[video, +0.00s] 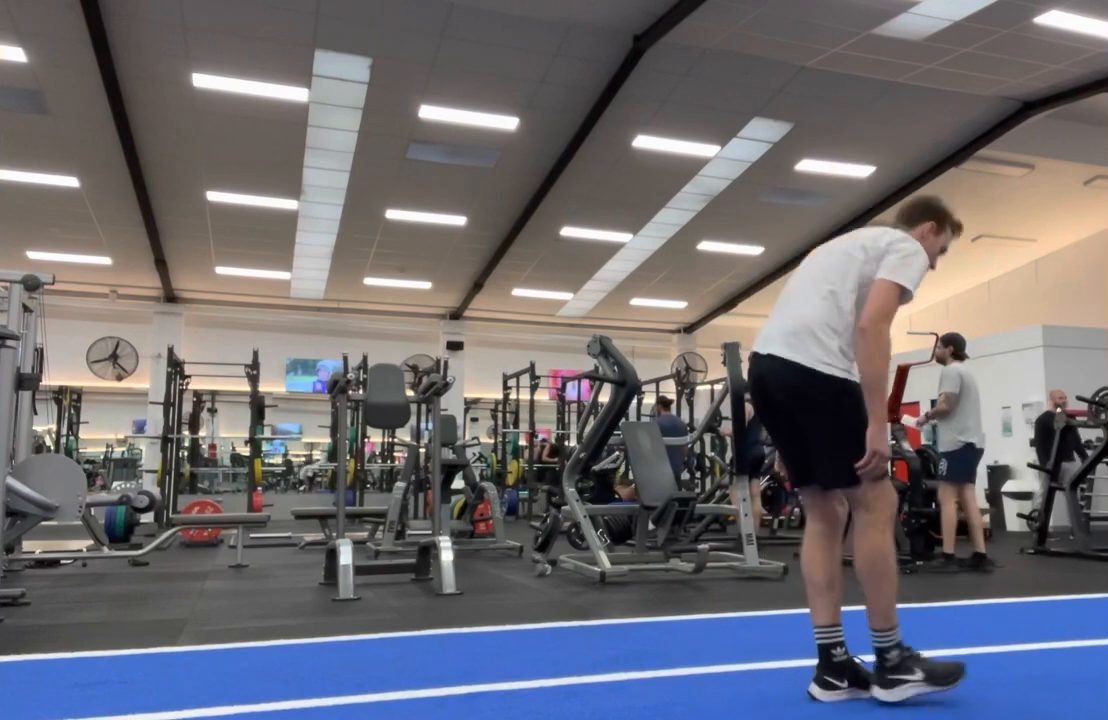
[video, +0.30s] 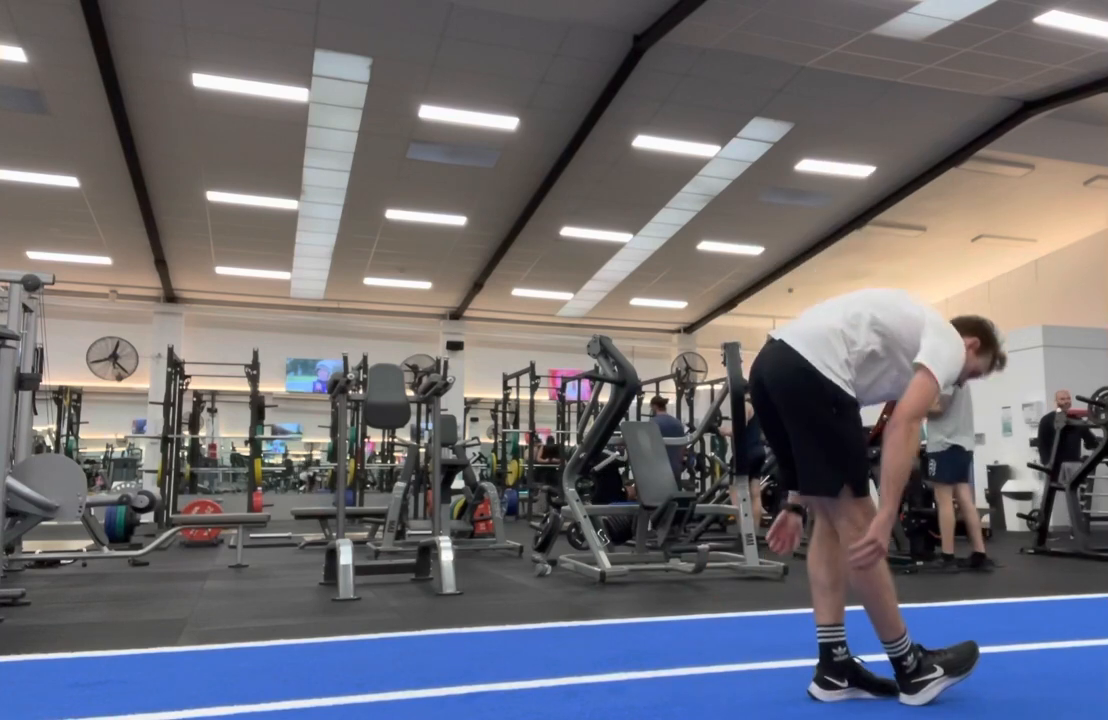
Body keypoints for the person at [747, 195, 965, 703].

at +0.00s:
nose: (936, 261)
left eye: (942, 254)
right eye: (940, 251)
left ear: (904, 224)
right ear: (927, 231)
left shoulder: (844, 246)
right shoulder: (906, 248)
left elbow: (796, 332)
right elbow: (872, 323)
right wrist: (878, 422)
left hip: (768, 372)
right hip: (818, 371)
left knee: (824, 513)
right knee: (877, 503)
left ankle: (833, 664)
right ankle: (892, 659)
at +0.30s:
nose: (968, 379)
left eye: (975, 376)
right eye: (976, 370)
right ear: (972, 344)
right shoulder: (946, 340)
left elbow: (827, 419)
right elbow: (902, 421)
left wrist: (796, 503)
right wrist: (888, 513)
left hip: (772, 371)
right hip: (814, 376)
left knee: (828, 524)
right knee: (858, 523)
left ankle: (834, 665)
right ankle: (911, 667)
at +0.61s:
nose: (964, 459)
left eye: (972, 457)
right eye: (973, 451)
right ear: (979, 421)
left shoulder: (887, 412)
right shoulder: (958, 397)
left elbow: (866, 500)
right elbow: (940, 508)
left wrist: (852, 593)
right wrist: (952, 615)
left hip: (776, 370)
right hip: (814, 371)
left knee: (831, 516)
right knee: (859, 518)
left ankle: (834, 665)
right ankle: (910, 667)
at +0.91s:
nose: (981, 446)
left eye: (988, 440)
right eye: (989, 434)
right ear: (991, 408)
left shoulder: (899, 408)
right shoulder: (971, 380)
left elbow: (911, 499)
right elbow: (989, 501)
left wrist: (959, 574)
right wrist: (1033, 580)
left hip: (788, 369)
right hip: (829, 370)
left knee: (837, 521)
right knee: (875, 520)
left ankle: (833, 665)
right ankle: (915, 669)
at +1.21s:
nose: (1024, 342)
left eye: (1030, 337)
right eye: (1029, 332)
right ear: (1026, 310)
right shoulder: (1004, 308)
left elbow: (899, 419)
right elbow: (988, 419)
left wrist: (969, 457)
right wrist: (1026, 458)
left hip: (827, 366)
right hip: (872, 370)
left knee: (868, 514)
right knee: (924, 513)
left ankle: (835, 662)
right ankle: (927, 670)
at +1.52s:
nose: (1046, 248)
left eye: (1050, 241)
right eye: (1048, 239)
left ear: (1007, 217)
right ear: (1035, 221)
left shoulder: (955, 243)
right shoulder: (1018, 243)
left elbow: (916, 324)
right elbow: (996, 332)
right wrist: (1014, 421)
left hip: (883, 368)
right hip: (926, 371)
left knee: (928, 512)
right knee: (950, 515)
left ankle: (909, 650)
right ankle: (927, 666)